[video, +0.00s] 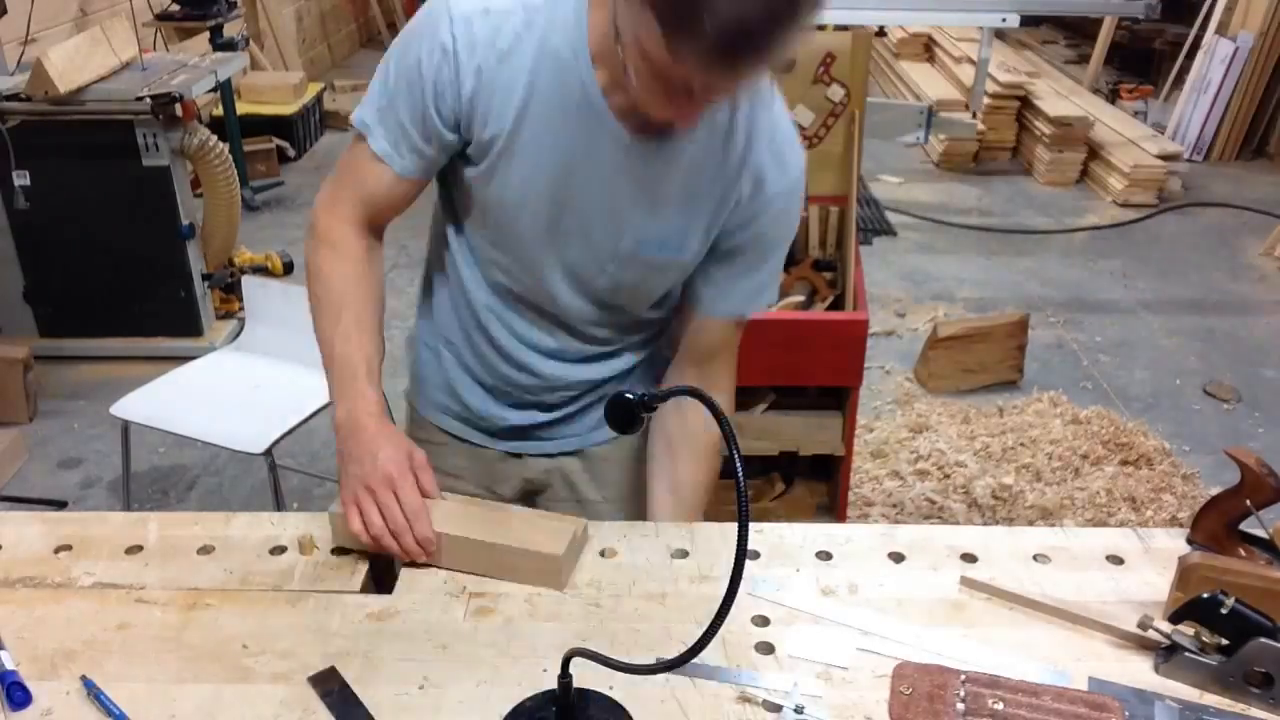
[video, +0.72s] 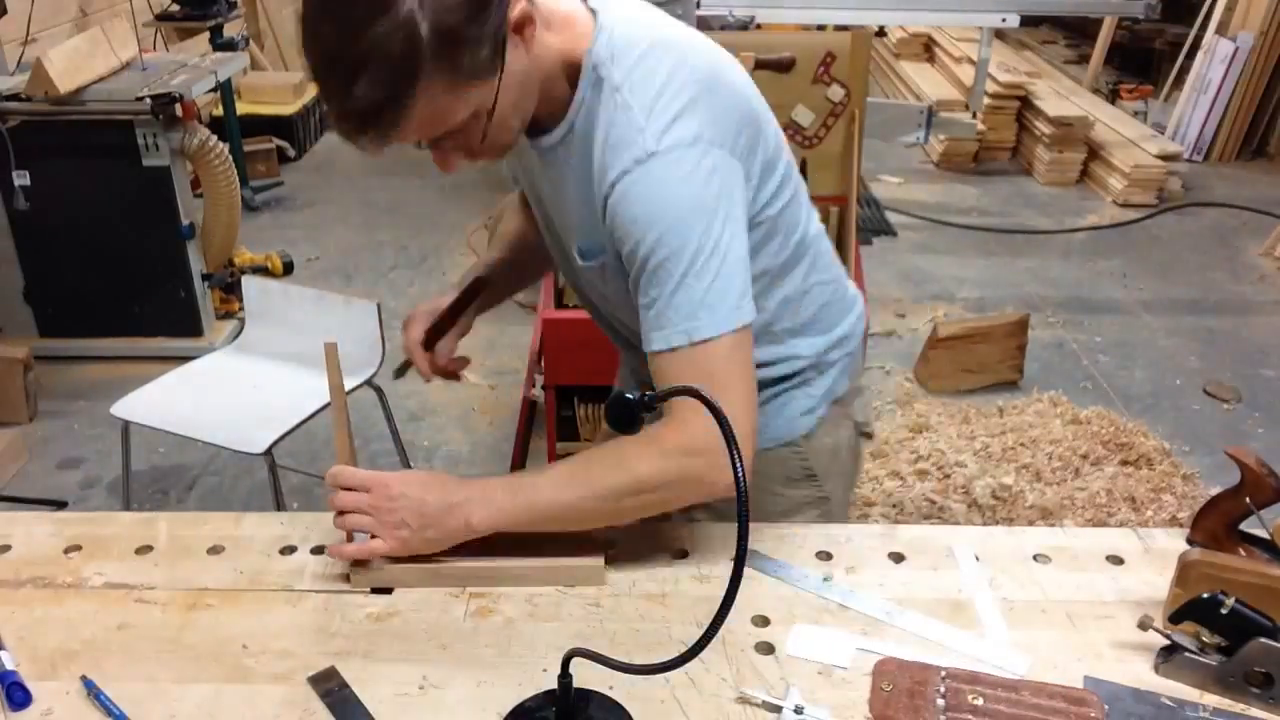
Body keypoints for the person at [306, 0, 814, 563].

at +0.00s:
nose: (678, 116)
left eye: (710, 95)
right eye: (660, 77)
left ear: (752, 68)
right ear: (617, 5)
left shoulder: (764, 163)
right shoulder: (468, 39)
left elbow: (703, 374)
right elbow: (345, 219)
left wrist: (673, 568)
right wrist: (362, 427)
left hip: (611, 435)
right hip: (454, 421)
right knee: (437, 659)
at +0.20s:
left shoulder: (734, 26)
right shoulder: (431, 30)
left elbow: (745, 230)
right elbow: (412, 301)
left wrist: (833, 387)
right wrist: (533, 490)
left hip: (654, 454)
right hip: (475, 464)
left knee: (647, 687)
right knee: (465, 687)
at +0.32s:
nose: (594, 13)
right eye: (571, 4)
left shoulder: (759, 35)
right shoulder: (442, 30)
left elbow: (803, 252)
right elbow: (404, 241)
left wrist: (784, 437)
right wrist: (492, 381)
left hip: (700, 476)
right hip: (516, 474)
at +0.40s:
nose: (610, 15)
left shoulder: (791, 35)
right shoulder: (475, 33)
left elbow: (834, 238)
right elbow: (471, 210)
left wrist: (786, 418)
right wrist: (489, 322)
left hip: (717, 470)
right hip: (536, 459)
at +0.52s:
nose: (405, 272)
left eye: (387, 240)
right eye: (379, 254)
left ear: (437, 156)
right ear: (443, 145)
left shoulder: (660, 218)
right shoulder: (554, 159)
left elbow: (716, 512)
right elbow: (628, 358)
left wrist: (474, 512)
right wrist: (521, 471)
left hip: (869, 440)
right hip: (754, 416)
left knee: (815, 684)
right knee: (712, 666)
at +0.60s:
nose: (465, 336)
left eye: (473, 313)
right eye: (444, 328)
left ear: (516, 218)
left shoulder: (668, 240)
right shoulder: (517, 177)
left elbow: (709, 535)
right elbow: (525, 357)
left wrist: (461, 520)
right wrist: (464, 431)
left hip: (851, 404)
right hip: (722, 395)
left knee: (802, 667)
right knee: (676, 645)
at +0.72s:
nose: (448, 164)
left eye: (459, 130)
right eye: (425, 144)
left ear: (521, 25)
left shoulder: (663, 150)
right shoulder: (535, 65)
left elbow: (712, 449)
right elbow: (553, 212)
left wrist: (469, 507)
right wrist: (467, 302)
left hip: (781, 399)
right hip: (658, 376)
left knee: (759, 653)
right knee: (644, 623)